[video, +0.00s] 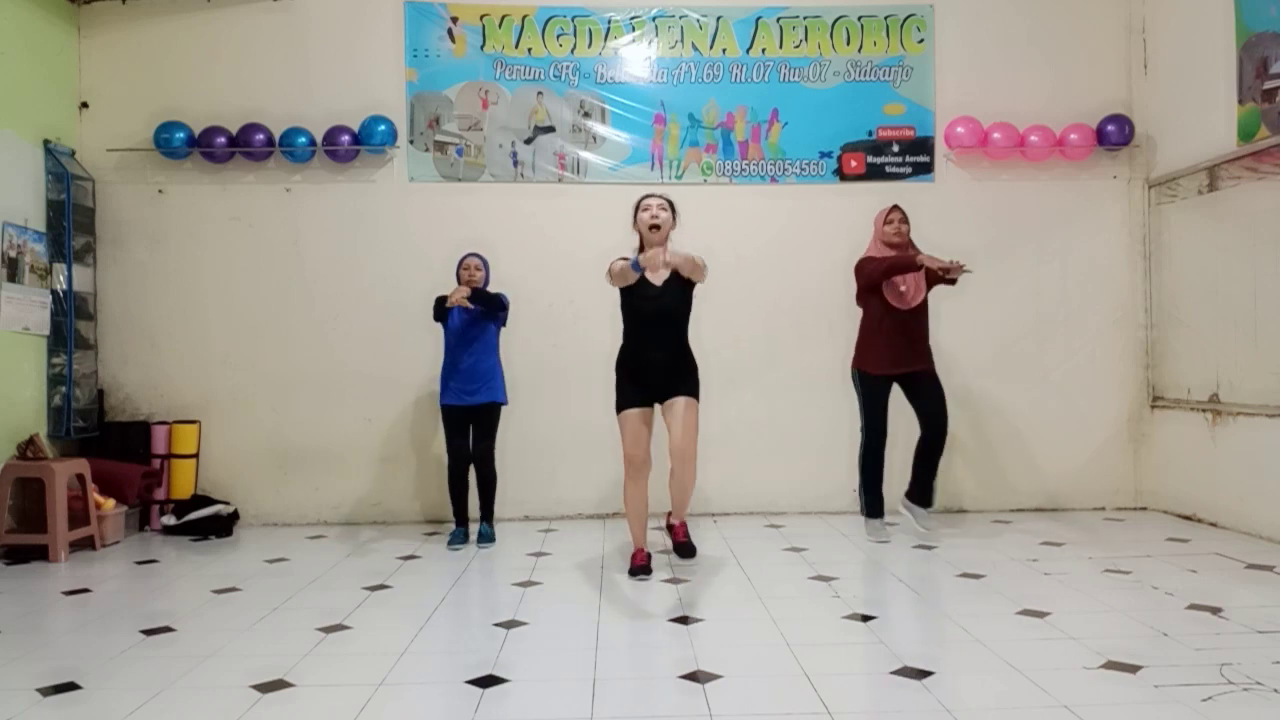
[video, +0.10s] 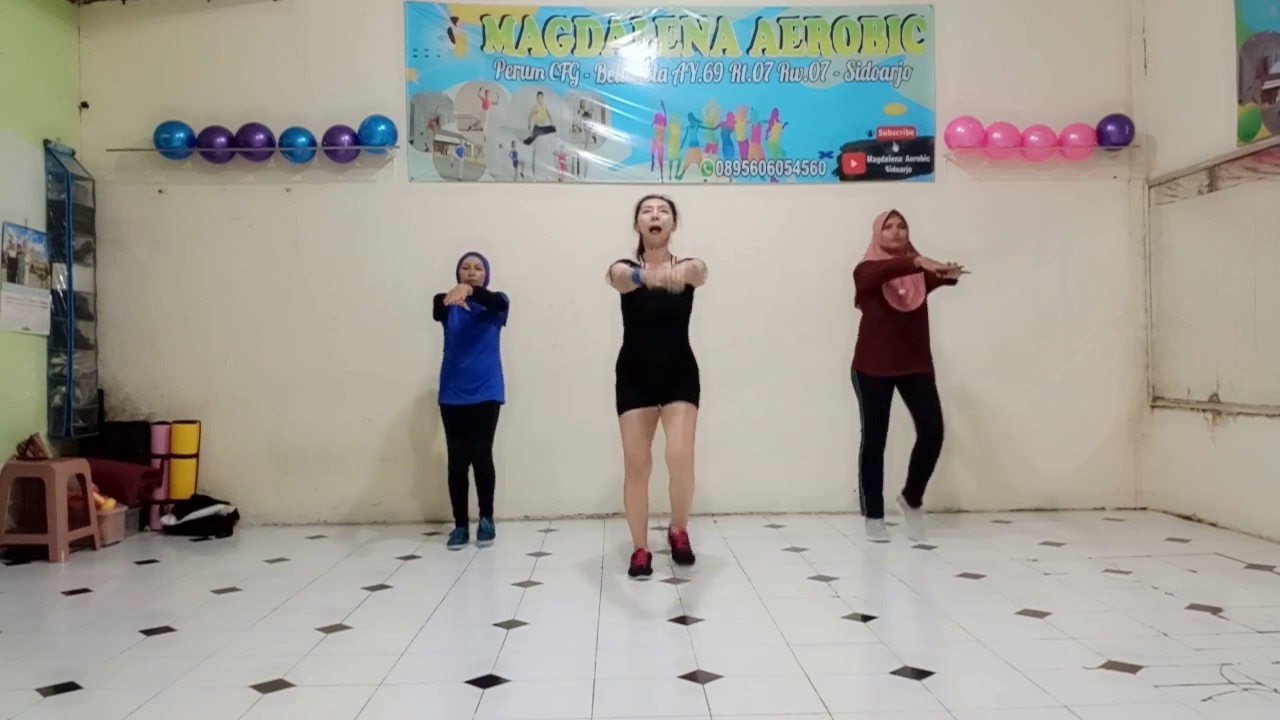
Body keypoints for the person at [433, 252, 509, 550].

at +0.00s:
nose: (471, 272)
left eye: (477, 268)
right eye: (466, 268)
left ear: (486, 275)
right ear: (458, 274)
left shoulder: (496, 302)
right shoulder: (448, 304)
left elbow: (496, 303)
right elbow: (438, 312)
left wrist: (470, 292)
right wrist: (448, 300)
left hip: (487, 391)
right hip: (454, 392)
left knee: (483, 457)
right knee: (457, 459)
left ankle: (486, 523)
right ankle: (460, 526)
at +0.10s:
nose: (471, 271)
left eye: (477, 268)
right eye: (466, 267)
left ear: (486, 274)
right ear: (458, 274)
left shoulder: (496, 302)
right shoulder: (448, 302)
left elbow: (498, 302)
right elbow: (438, 312)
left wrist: (471, 289)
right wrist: (447, 299)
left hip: (486, 391)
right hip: (453, 391)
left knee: (481, 455)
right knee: (457, 459)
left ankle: (486, 520)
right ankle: (460, 525)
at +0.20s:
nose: (472, 274)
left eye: (478, 270)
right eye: (466, 269)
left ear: (488, 276)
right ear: (459, 275)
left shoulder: (498, 302)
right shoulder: (452, 302)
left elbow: (498, 300)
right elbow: (438, 298)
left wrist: (472, 282)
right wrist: (447, 287)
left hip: (488, 392)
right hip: (455, 391)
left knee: (482, 458)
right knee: (457, 461)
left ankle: (485, 525)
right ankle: (460, 526)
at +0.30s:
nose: (467, 275)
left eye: (472, 270)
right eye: (463, 271)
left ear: (482, 275)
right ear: (459, 276)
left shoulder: (496, 302)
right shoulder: (453, 303)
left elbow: (501, 295)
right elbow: (441, 290)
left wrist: (484, 271)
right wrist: (441, 273)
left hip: (490, 392)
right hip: (456, 391)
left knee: (486, 459)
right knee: (456, 460)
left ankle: (485, 524)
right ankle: (459, 524)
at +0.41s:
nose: (469, 268)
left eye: (475, 265)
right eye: (465, 264)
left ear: (486, 271)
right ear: (458, 270)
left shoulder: (497, 295)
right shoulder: (451, 297)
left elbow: (494, 253)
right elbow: (439, 256)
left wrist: (471, 211)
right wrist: (450, 215)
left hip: (493, 387)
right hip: (459, 387)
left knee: (488, 455)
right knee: (457, 451)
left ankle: (486, 522)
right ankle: (458, 504)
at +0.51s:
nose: (469, 269)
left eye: (476, 265)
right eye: (465, 264)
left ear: (486, 270)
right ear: (457, 271)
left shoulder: (496, 293)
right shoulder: (450, 295)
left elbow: (497, 249)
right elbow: (443, 249)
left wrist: (476, 204)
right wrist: (458, 206)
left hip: (493, 386)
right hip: (459, 386)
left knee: (489, 456)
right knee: (462, 453)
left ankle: (486, 522)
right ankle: (460, 510)